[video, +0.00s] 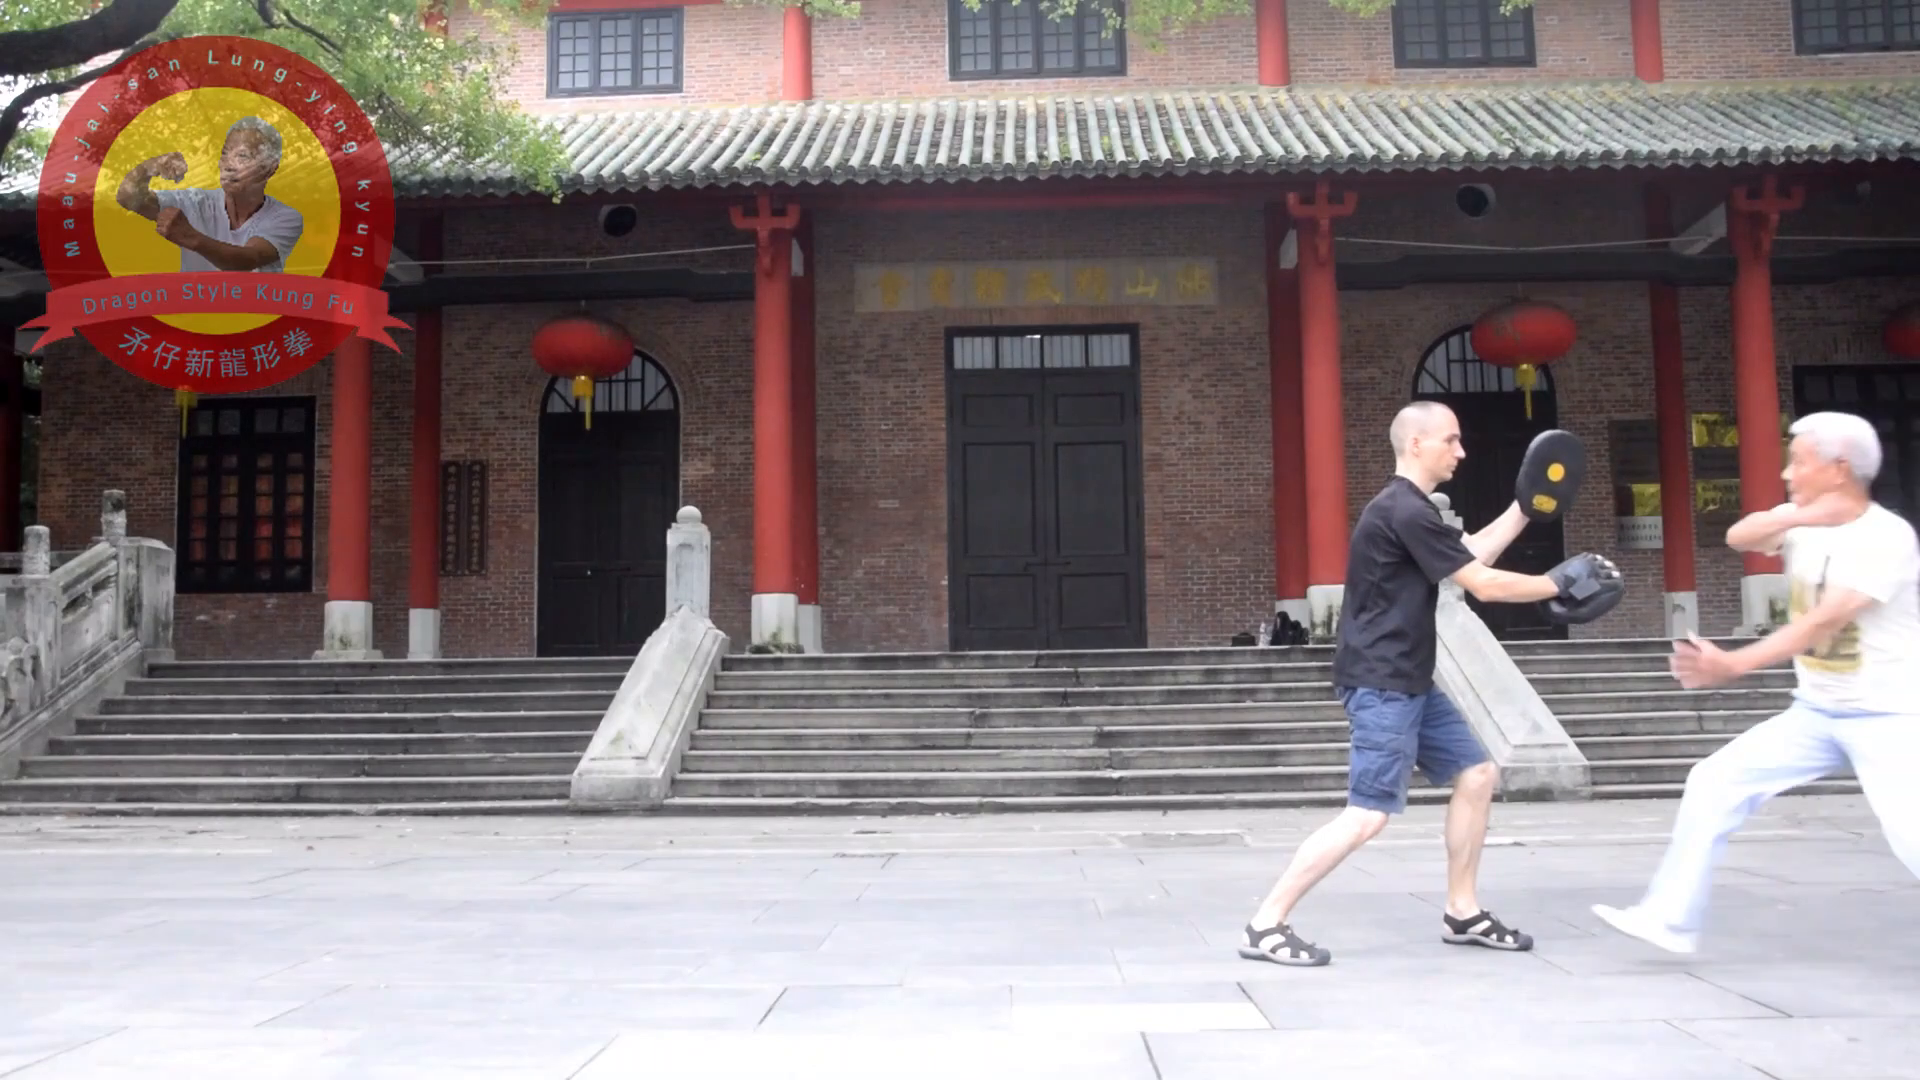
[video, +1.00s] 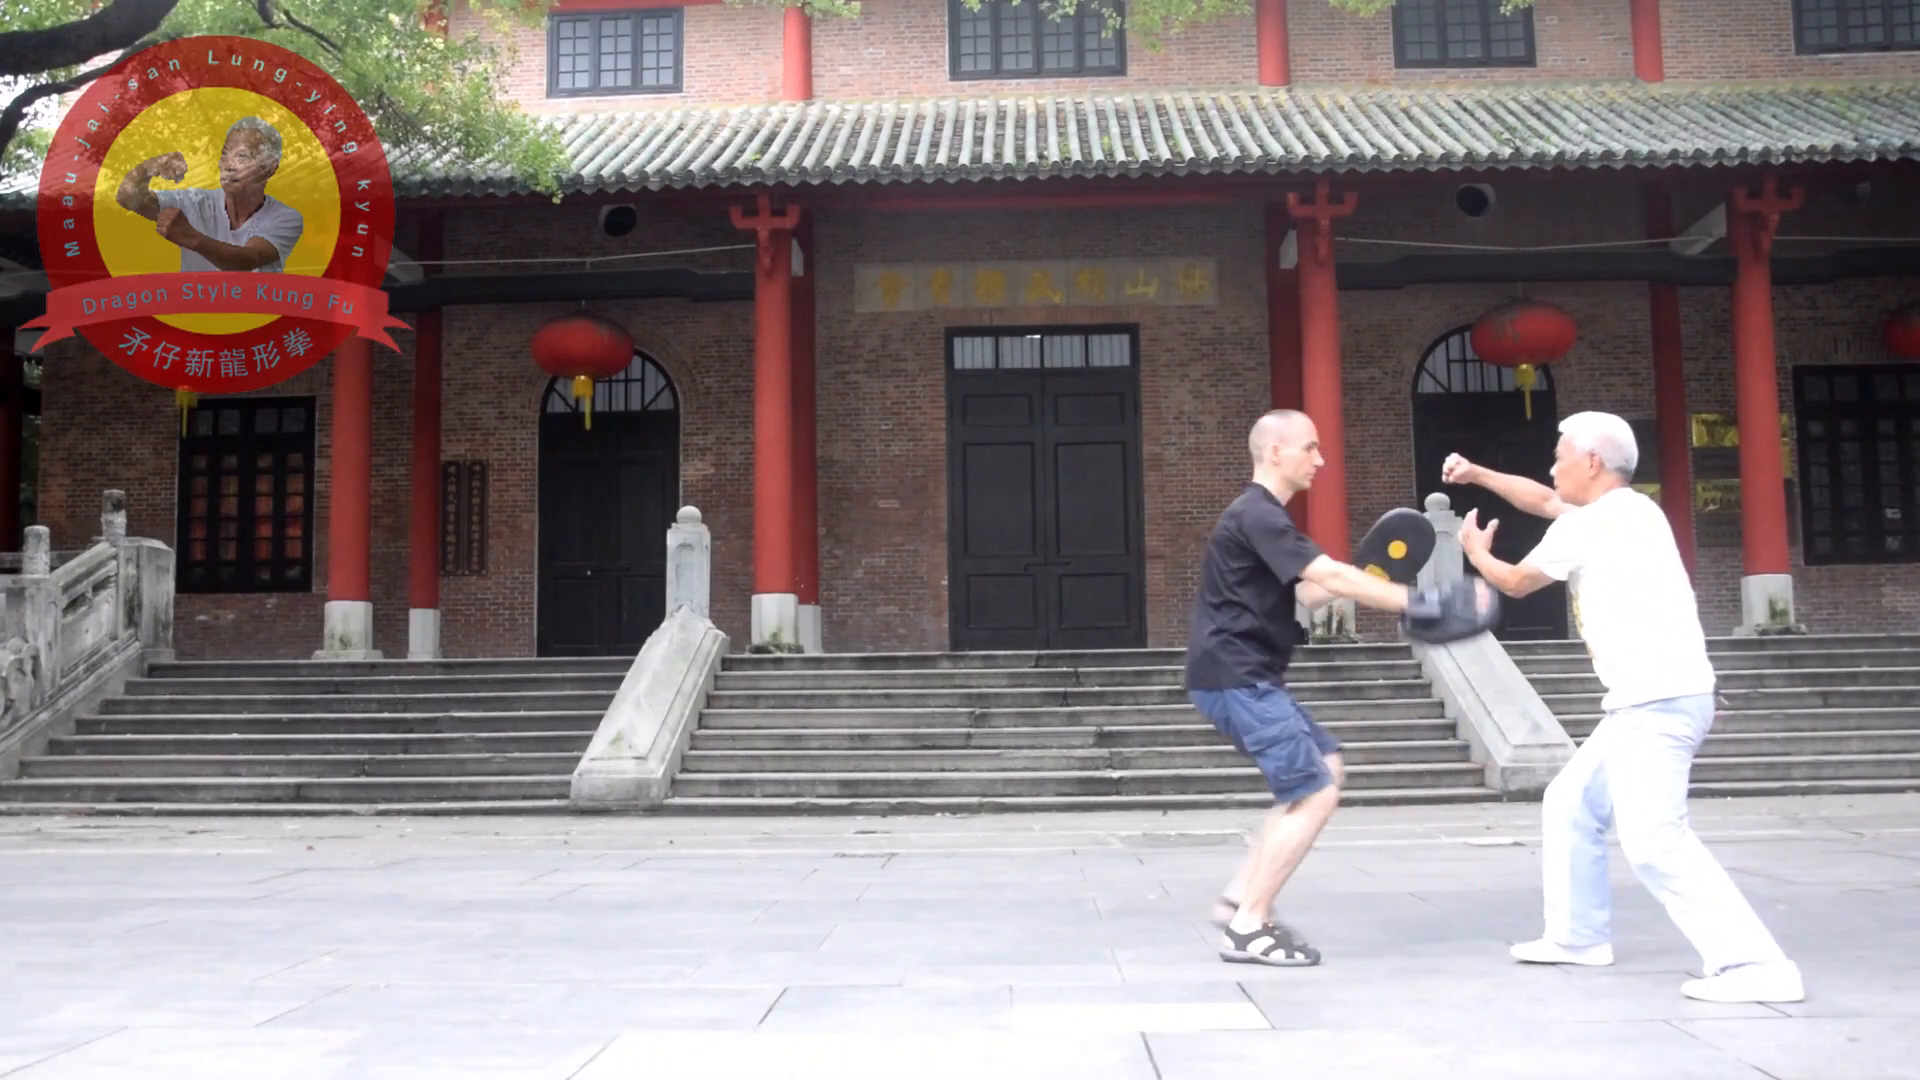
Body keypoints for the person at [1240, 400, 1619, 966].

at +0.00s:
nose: (1461, 450)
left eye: (1459, 440)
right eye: (1451, 440)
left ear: (1420, 445)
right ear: (1417, 444)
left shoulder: (1413, 504)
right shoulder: (1402, 510)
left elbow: (1470, 557)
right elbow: (1482, 585)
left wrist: (1525, 507)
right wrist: (1558, 586)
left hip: (1412, 680)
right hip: (1381, 681)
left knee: (1477, 777)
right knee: (1367, 816)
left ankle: (1463, 913)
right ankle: (1265, 924)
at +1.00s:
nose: (1319, 458)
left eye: (1317, 448)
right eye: (1309, 448)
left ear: (1279, 454)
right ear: (1275, 453)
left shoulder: (1265, 512)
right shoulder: (1257, 513)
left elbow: (1302, 596)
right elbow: (1332, 576)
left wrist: (1355, 574)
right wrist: (1420, 604)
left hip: (1248, 673)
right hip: (1232, 677)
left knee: (1325, 767)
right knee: (1316, 789)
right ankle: (1249, 926)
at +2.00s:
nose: (1161, 473)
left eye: (1160, 462)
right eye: (1152, 462)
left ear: (1119, 470)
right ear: (1117, 468)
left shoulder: (1109, 532)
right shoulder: (1096, 525)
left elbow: (1170, 600)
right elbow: (1188, 537)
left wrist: (1242, 596)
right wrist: (1246, 485)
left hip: (1046, 691)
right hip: (1070, 690)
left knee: (1030, 822)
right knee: (1180, 784)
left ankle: (925, 923)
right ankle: (1169, 936)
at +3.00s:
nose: (1103, 448)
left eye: (1103, 439)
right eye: (1092, 439)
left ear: (1073, 448)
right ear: (1057, 445)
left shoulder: (1091, 515)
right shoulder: (1034, 504)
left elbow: (1134, 567)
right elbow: (1088, 522)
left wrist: (1183, 583)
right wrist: (1148, 467)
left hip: (1044, 678)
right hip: (1048, 678)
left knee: (1012, 810)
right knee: (1151, 781)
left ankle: (921, 924)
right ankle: (1166, 934)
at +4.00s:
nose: (923, 468)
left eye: (923, 458)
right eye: (913, 458)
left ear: (891, 466)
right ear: (877, 464)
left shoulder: (895, 536)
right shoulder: (843, 527)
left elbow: (962, 569)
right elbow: (899, 603)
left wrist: (1021, 528)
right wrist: (979, 611)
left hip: (871, 695)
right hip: (817, 697)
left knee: (930, 792)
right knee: (801, 829)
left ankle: (934, 924)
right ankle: (712, 930)